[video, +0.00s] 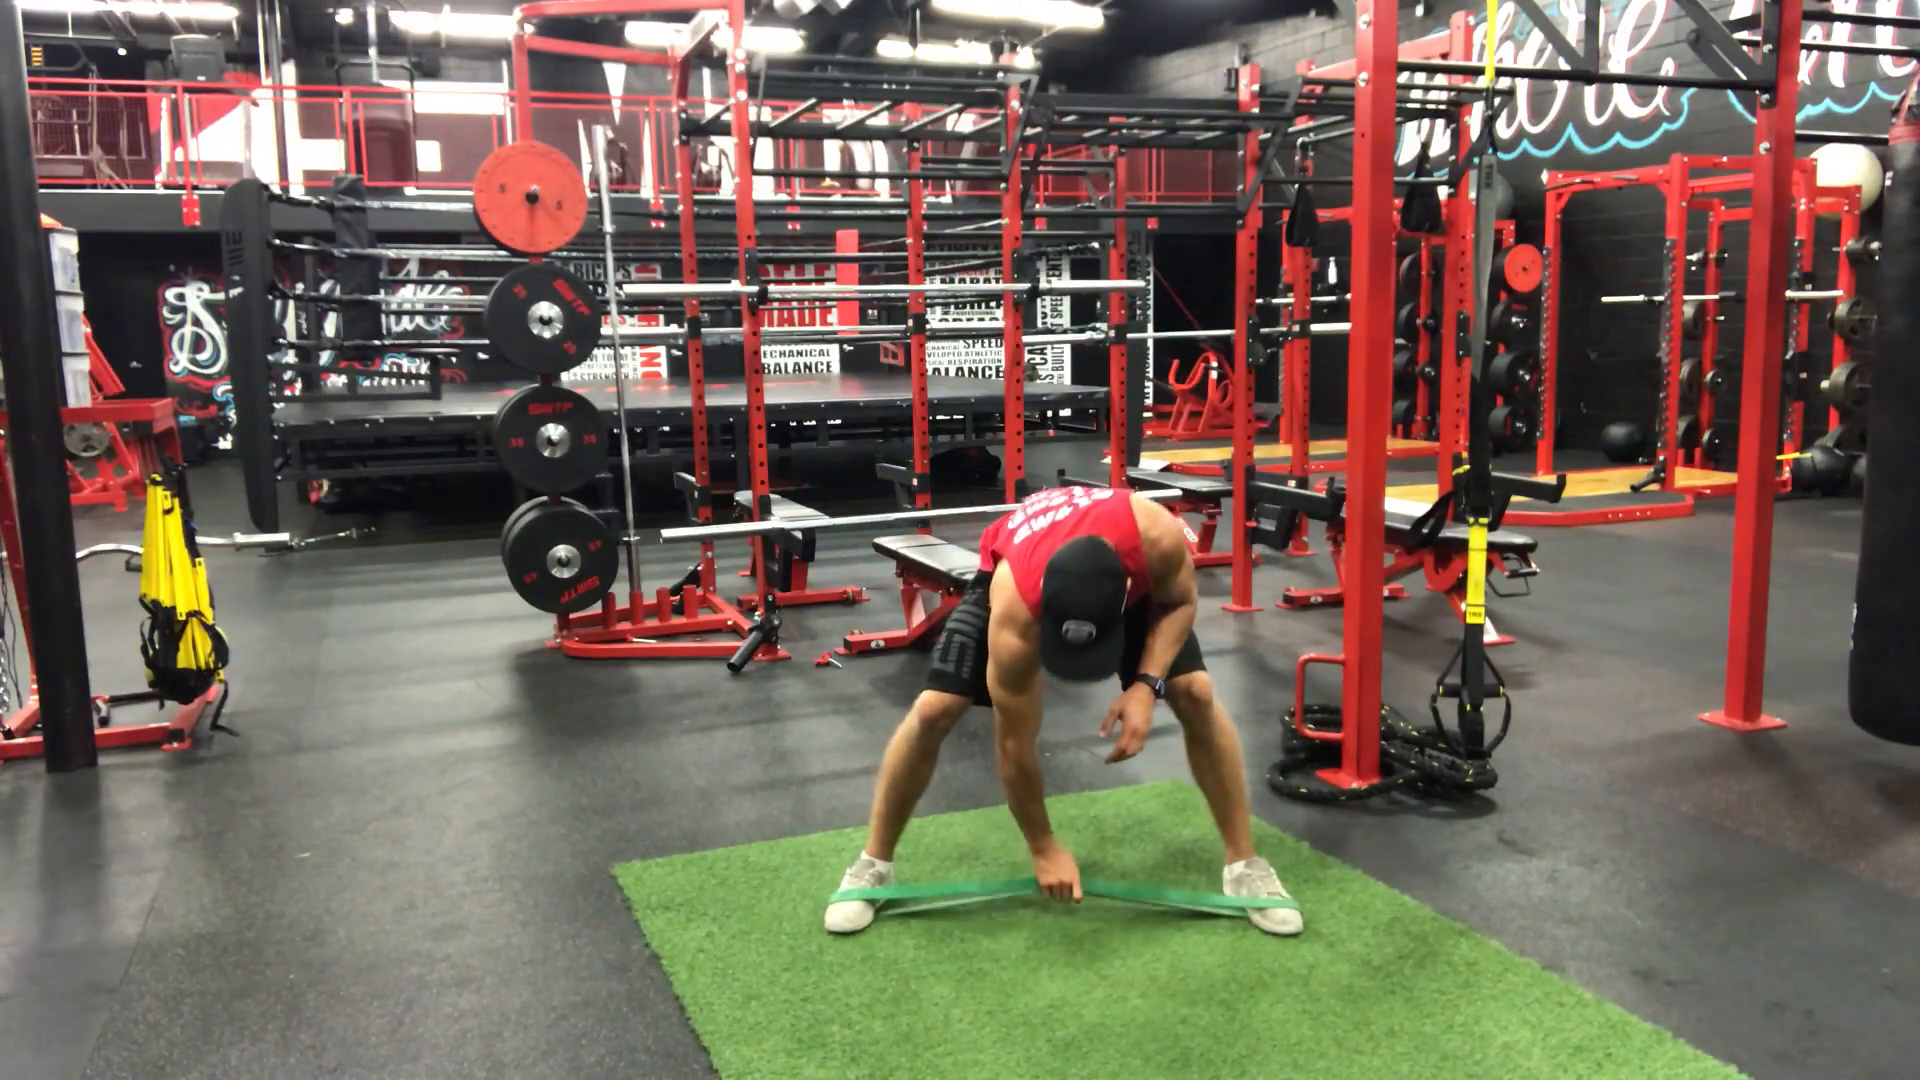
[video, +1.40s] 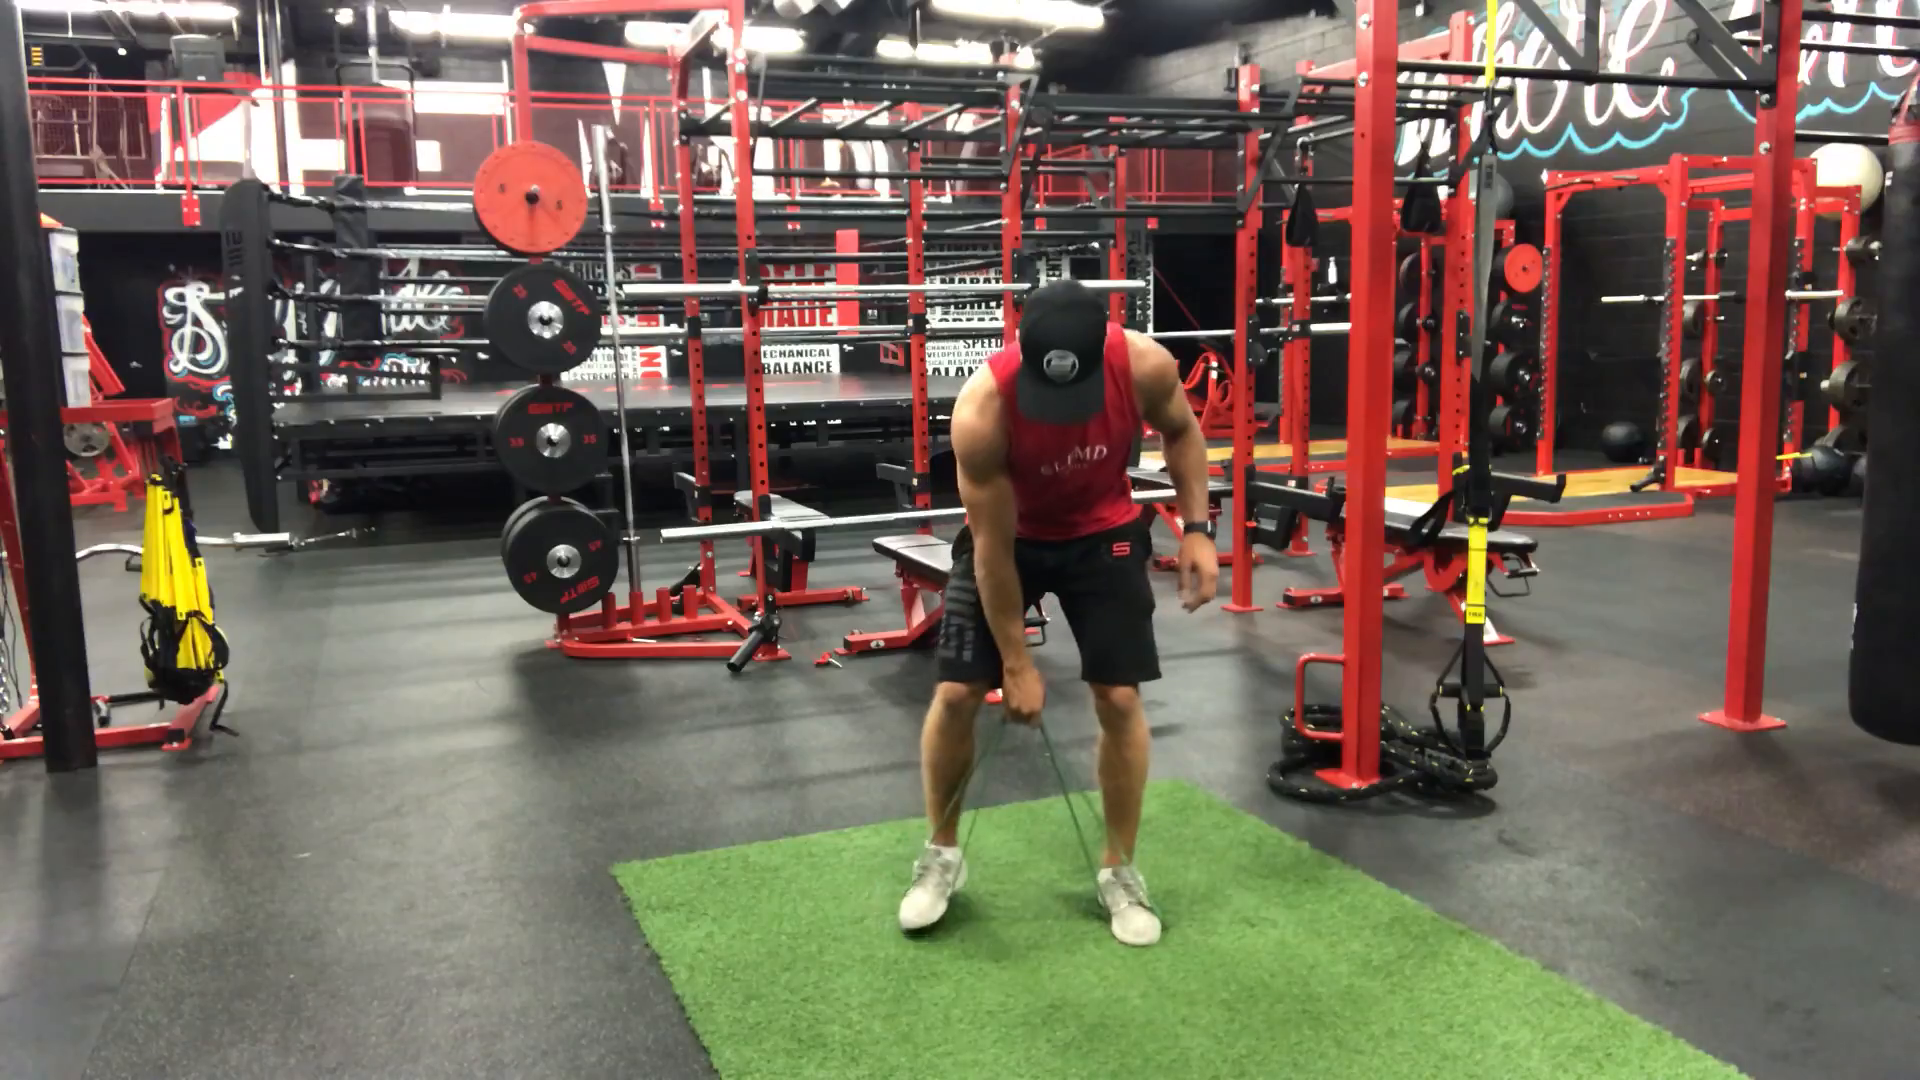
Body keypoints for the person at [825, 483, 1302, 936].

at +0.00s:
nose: (1074, 665)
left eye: (1097, 651)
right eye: (1064, 653)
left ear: (1126, 591)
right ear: (1045, 606)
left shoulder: (1162, 541)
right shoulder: (1011, 608)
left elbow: (1180, 604)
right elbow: (1016, 746)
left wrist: (1146, 685)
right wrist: (1044, 849)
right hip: (1011, 557)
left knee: (1197, 695)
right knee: (933, 709)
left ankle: (1244, 863)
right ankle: (873, 862)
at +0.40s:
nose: (1113, 598)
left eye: (1131, 585)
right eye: (1102, 582)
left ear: (1164, 542)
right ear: (1084, 548)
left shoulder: (1202, 501)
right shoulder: (1048, 562)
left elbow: (1228, 576)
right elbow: (1044, 700)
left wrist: (1208, 660)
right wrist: (1057, 813)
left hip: (1152, 576)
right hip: (1046, 571)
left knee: (1213, 705)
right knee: (957, 705)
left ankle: (1245, 862)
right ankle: (877, 859)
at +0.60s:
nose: (1047, 554)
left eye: (1060, 542)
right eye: (1033, 545)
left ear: (1092, 490)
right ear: (1012, 505)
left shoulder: (1132, 459)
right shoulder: (987, 532)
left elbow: (1209, 497)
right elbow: (1028, 665)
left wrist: (1227, 590)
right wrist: (1069, 769)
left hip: (1113, 567)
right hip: (1013, 581)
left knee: (1189, 702)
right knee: (956, 716)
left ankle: (1243, 863)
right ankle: (925, 866)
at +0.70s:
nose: (1011, 531)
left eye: (1022, 511)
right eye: (995, 519)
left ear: (1047, 463)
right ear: (970, 487)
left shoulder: (1088, 434)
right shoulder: (953, 528)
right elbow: (1000, 651)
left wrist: (1189, 534)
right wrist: (1052, 755)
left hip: (1085, 562)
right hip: (987, 582)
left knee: (1166, 701)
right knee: (948, 719)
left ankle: (1237, 859)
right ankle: (923, 867)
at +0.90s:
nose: (984, 491)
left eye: (994, 476)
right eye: (967, 485)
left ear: (1016, 431)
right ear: (938, 460)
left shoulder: (1064, 405)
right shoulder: (922, 506)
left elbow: (1106, 418)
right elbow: (964, 623)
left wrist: (1143, 498)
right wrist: (1011, 731)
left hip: (1061, 542)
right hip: (966, 566)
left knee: (1123, 684)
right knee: (933, 714)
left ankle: (1165, 850)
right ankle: (923, 867)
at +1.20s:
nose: (1038, 437)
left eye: (1052, 424)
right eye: (1022, 426)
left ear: (1077, 386)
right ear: (999, 394)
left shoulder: (1124, 386)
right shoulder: (961, 447)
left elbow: (1162, 442)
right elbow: (978, 576)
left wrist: (1174, 538)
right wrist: (1004, 692)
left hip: (1095, 545)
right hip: (998, 555)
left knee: (1115, 701)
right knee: (946, 708)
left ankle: (1121, 874)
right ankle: (925, 864)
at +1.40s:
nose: (1063, 404)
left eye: (1078, 388)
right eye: (1047, 391)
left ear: (1104, 354)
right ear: (1022, 358)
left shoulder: (1145, 368)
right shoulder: (979, 415)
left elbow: (1181, 432)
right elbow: (993, 544)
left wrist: (1197, 527)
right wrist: (1015, 662)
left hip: (1104, 536)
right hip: (1004, 540)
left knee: (1120, 699)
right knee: (954, 696)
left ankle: (1119, 869)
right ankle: (941, 852)